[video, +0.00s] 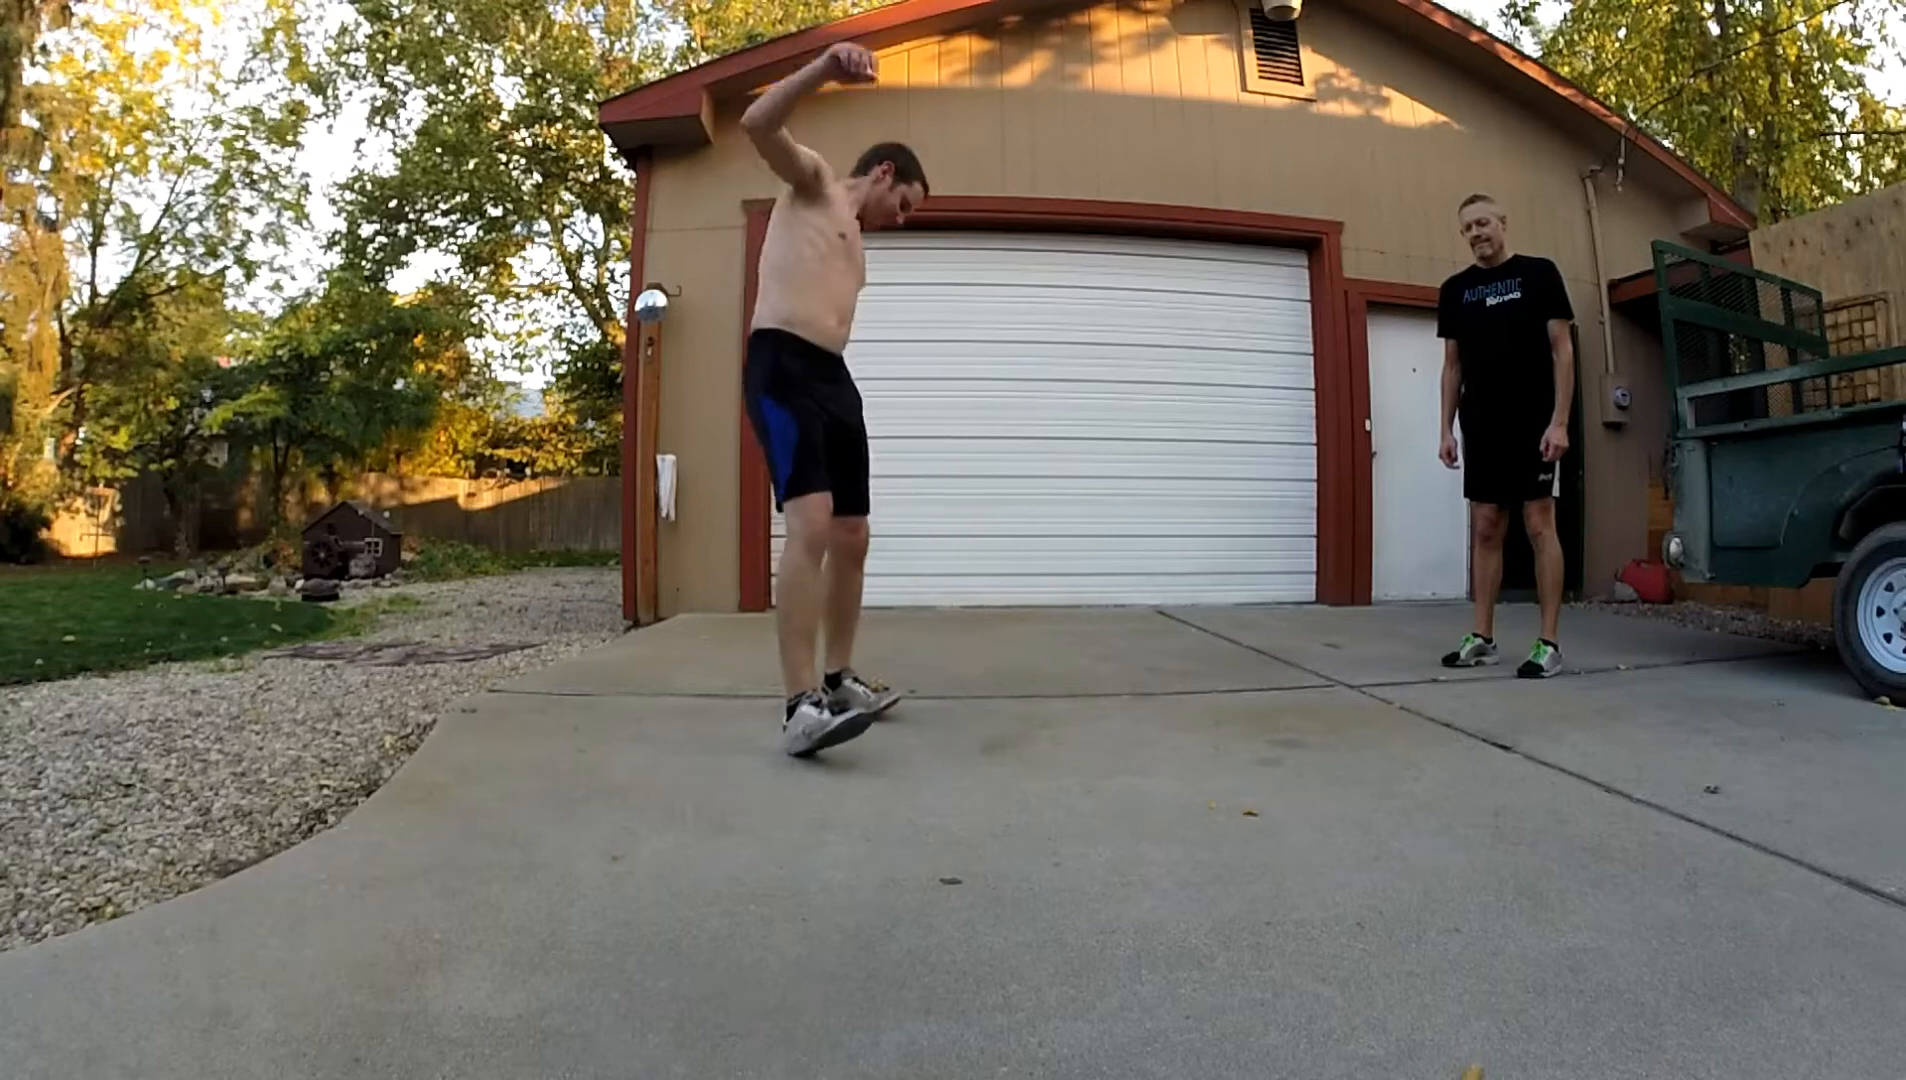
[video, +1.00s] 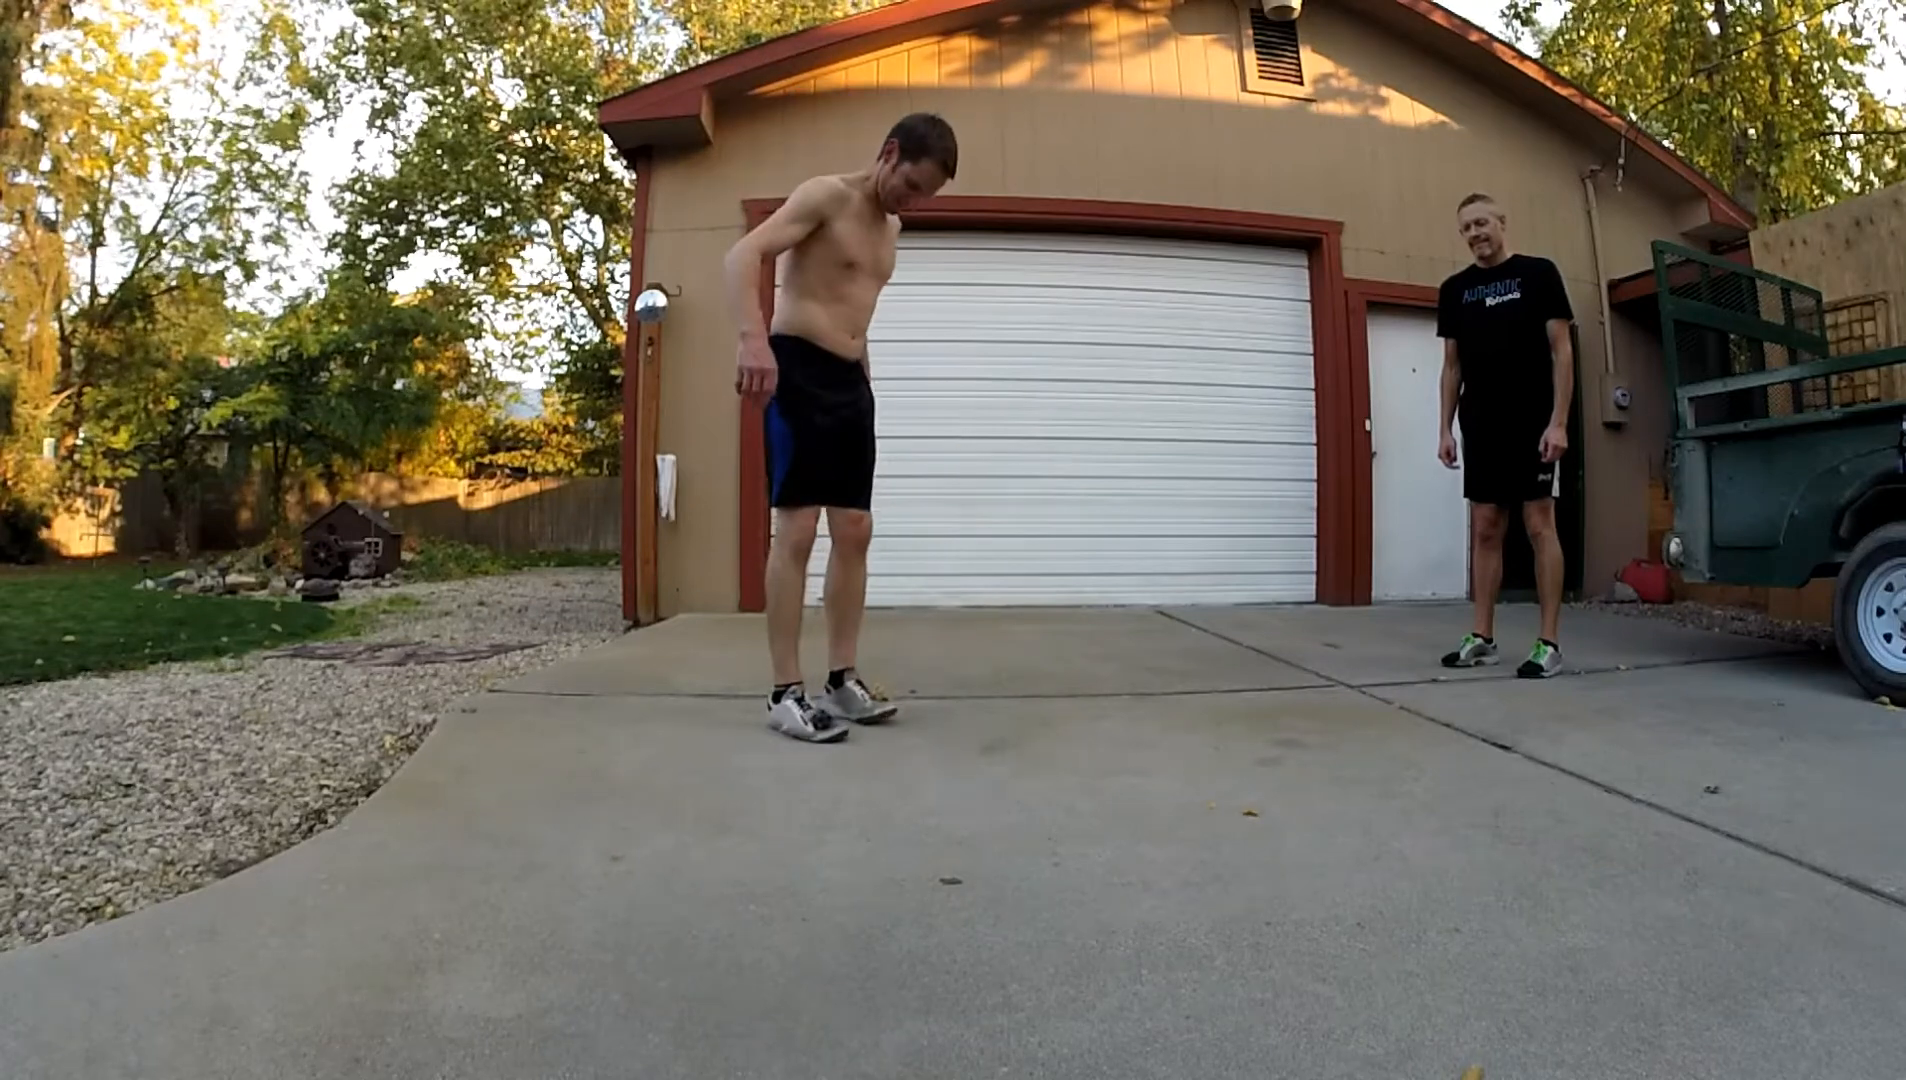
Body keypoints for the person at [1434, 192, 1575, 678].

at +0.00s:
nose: (1477, 232)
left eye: (1483, 223)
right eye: (1469, 227)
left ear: (1503, 224)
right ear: (1462, 236)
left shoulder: (1539, 273)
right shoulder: (1455, 290)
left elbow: (1563, 350)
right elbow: (1452, 363)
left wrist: (1559, 422)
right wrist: (1447, 429)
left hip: (1535, 421)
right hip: (1483, 424)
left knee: (1539, 527)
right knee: (1485, 528)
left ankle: (1548, 642)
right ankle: (1482, 636)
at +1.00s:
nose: (1476, 232)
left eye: (1482, 223)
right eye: (1468, 227)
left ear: (1502, 224)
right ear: (1461, 236)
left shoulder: (1539, 273)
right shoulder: (1454, 290)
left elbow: (1562, 350)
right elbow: (1452, 364)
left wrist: (1558, 422)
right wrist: (1446, 429)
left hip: (1534, 420)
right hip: (1482, 423)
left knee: (1539, 527)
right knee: (1485, 529)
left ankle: (1549, 642)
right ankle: (1482, 636)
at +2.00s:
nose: (1477, 233)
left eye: (1483, 223)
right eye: (1469, 228)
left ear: (1503, 225)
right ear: (1462, 237)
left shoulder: (1539, 273)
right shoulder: (1455, 290)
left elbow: (1563, 351)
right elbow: (1452, 364)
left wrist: (1558, 422)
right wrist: (1445, 427)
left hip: (1534, 420)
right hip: (1482, 423)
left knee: (1539, 527)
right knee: (1485, 529)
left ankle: (1549, 642)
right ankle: (1482, 636)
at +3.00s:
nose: (1459, 233)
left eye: (1465, 224)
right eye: (1451, 229)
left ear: (1487, 228)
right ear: (1446, 239)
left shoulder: (1524, 274)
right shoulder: (1442, 294)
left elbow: (1556, 346)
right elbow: (1440, 366)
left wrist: (1555, 417)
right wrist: (1433, 429)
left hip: (1524, 421)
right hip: (1473, 424)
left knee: (1531, 526)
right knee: (1482, 531)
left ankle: (1547, 642)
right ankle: (1481, 637)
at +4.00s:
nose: (1496, 222)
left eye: (1504, 214)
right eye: (1488, 216)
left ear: (1523, 221)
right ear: (1478, 226)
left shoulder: (1556, 270)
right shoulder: (1466, 283)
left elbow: (1574, 341)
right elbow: (1472, 354)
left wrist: (1564, 392)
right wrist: (1480, 404)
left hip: (1548, 414)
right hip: (1495, 416)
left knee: (1555, 526)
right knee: (1491, 530)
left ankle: (1570, 648)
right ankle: (1481, 636)